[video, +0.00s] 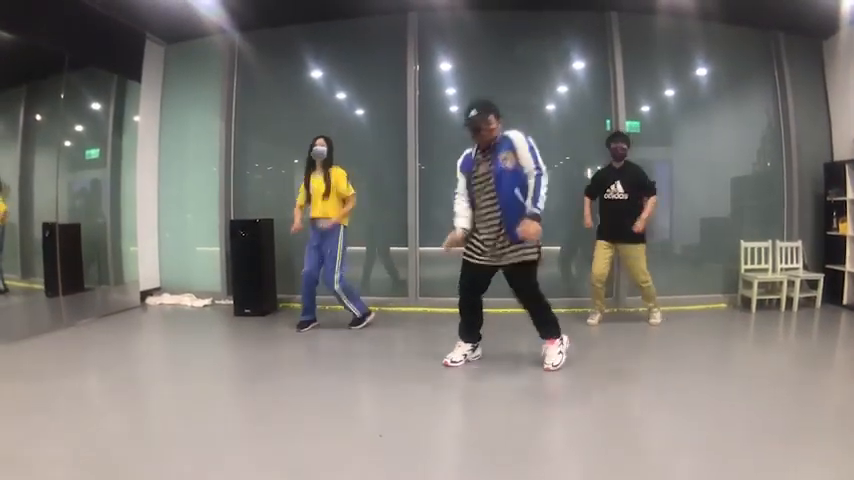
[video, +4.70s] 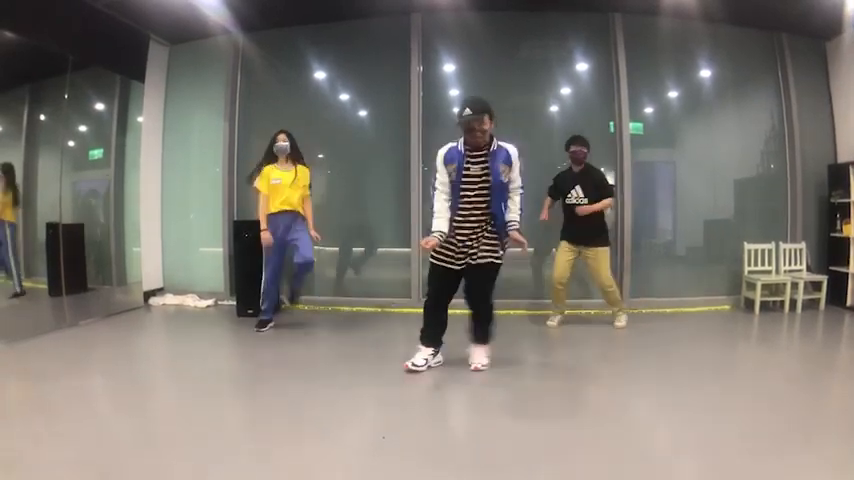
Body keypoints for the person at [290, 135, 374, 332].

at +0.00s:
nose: (318, 149)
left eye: (323, 146)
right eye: (315, 145)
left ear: (329, 151)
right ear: (311, 151)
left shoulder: (337, 173)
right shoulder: (309, 177)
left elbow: (351, 200)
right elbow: (300, 204)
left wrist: (336, 220)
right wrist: (298, 221)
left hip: (334, 226)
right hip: (316, 226)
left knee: (332, 277)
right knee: (309, 273)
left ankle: (362, 312)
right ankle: (308, 317)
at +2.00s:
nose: (329, 137)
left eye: (333, 135)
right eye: (326, 135)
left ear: (339, 142)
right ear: (321, 142)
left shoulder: (345, 165)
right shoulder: (315, 168)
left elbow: (356, 195)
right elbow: (310, 195)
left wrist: (342, 223)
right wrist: (308, 222)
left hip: (339, 213)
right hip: (319, 213)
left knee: (344, 267)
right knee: (313, 266)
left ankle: (356, 310)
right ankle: (310, 311)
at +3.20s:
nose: (336, 149)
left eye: (340, 146)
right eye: (333, 146)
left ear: (347, 151)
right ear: (328, 150)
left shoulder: (350, 178)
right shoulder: (316, 171)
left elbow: (357, 206)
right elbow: (304, 194)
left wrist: (348, 221)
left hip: (335, 223)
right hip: (314, 222)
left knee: (342, 274)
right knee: (299, 269)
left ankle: (352, 314)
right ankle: (298, 313)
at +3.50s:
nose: (308, 142)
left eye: (313, 139)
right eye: (305, 139)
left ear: (319, 146)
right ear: (300, 146)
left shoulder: (324, 169)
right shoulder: (292, 170)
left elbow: (333, 197)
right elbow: (282, 195)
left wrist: (325, 222)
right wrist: (272, 213)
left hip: (316, 217)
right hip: (296, 217)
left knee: (325, 269)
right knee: (295, 269)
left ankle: (340, 313)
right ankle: (296, 315)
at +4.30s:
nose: (301, 144)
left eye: (305, 141)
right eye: (298, 142)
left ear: (312, 144)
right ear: (294, 146)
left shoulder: (319, 163)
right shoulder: (293, 169)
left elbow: (329, 191)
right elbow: (289, 200)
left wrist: (307, 211)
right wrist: (279, 221)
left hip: (313, 215)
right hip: (291, 216)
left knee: (318, 266)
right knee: (286, 267)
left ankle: (330, 313)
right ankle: (292, 313)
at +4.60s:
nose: (283, 147)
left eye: (288, 144)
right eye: (281, 143)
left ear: (294, 149)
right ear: (275, 148)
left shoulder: (302, 172)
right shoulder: (268, 173)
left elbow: (311, 198)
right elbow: (260, 197)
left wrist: (301, 219)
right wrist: (264, 219)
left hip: (295, 220)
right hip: (274, 220)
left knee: (308, 268)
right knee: (270, 270)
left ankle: (327, 311)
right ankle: (265, 315)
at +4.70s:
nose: (282, 144)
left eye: (285, 141)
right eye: (278, 142)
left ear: (292, 146)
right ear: (273, 147)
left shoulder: (303, 171)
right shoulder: (267, 171)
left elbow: (307, 200)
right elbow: (263, 201)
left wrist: (311, 227)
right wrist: (264, 228)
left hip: (297, 218)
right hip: (274, 218)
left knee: (306, 259)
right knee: (271, 269)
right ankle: (266, 315)